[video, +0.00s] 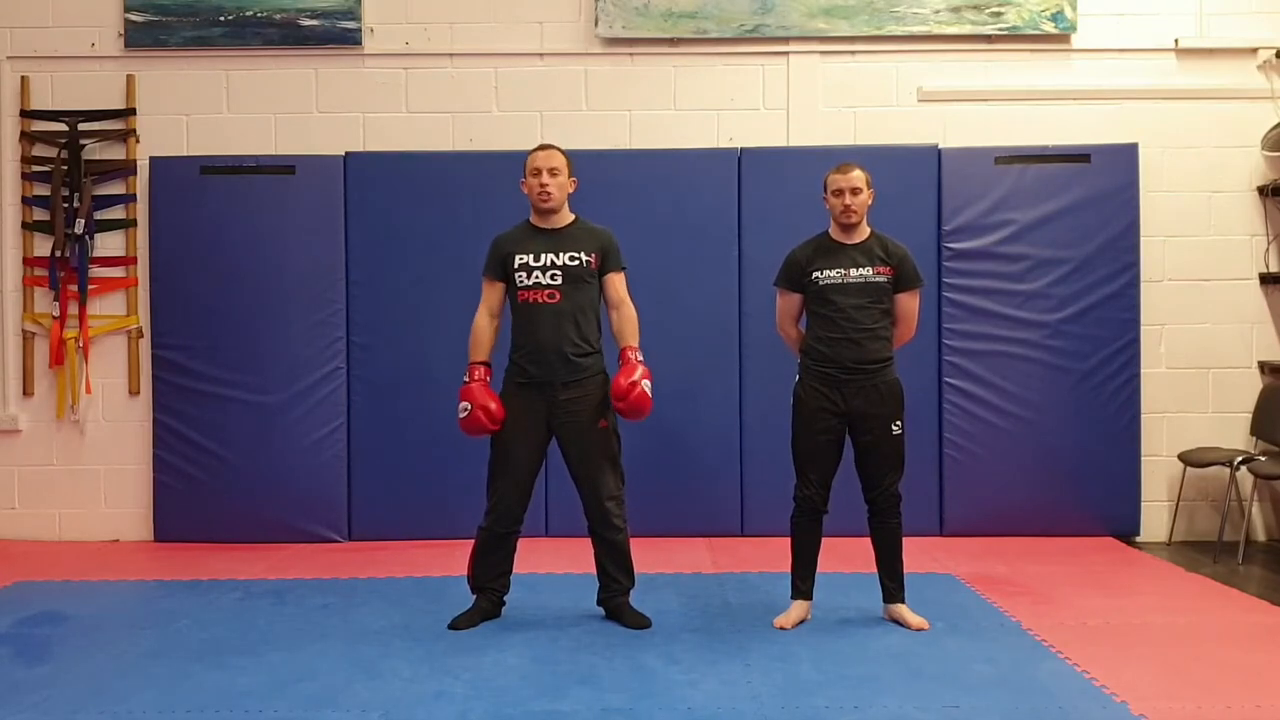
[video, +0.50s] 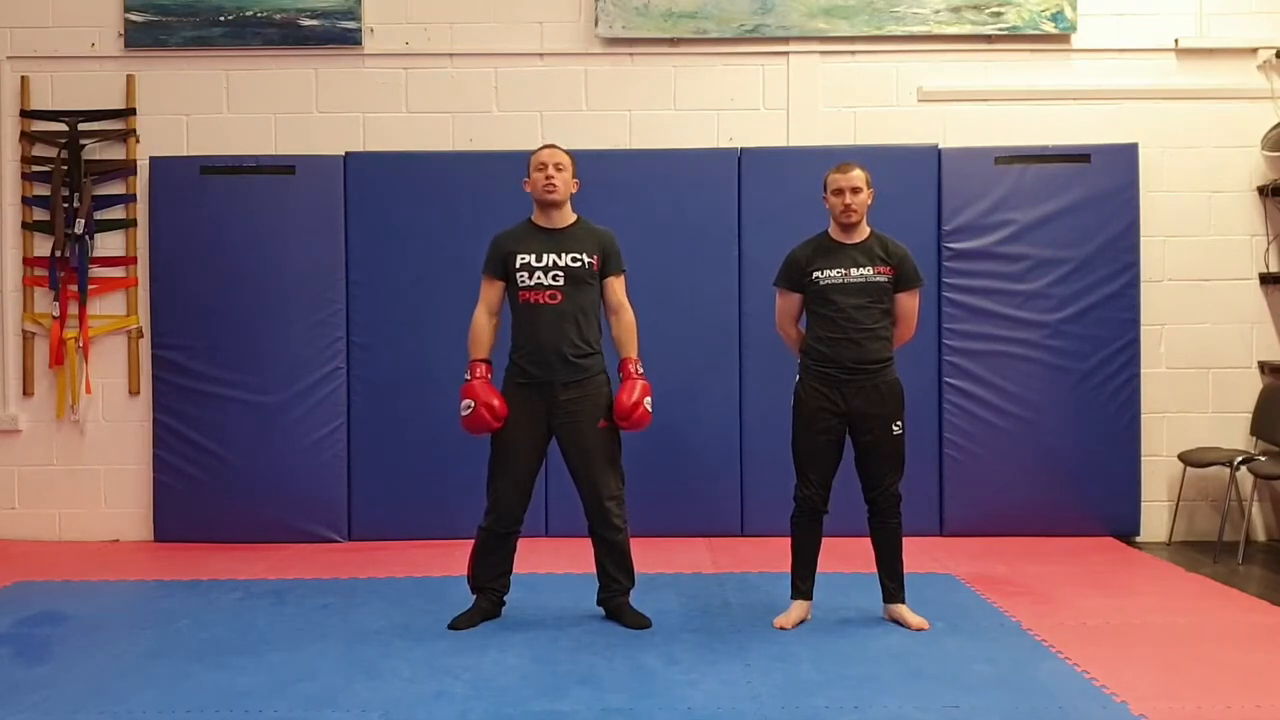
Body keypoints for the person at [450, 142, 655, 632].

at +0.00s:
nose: (543, 181)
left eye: (552, 174)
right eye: (535, 174)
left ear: (571, 183)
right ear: (525, 184)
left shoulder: (598, 240)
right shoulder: (507, 245)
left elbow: (620, 304)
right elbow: (488, 314)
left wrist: (632, 360)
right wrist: (476, 376)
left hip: (586, 389)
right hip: (524, 390)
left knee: (606, 500)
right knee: (504, 501)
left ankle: (616, 597)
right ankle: (488, 597)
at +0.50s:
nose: (549, 175)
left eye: (558, 169)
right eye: (541, 169)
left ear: (574, 183)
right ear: (528, 184)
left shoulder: (600, 241)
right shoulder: (508, 243)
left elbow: (619, 309)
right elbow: (487, 311)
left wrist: (632, 372)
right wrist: (478, 375)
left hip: (586, 389)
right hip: (523, 389)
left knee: (606, 500)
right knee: (504, 500)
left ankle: (616, 597)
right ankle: (488, 597)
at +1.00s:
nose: (557, 171)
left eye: (563, 165)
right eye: (546, 167)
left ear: (576, 182)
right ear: (531, 187)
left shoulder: (602, 240)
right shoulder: (508, 239)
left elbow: (622, 307)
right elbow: (478, 298)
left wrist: (634, 367)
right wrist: (505, 333)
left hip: (587, 387)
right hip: (527, 388)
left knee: (607, 498)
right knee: (505, 497)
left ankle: (617, 597)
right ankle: (488, 597)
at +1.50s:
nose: (548, 184)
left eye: (559, 176)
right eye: (541, 175)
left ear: (576, 185)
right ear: (530, 181)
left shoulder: (599, 241)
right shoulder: (510, 237)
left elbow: (636, 297)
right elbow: (464, 283)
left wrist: (636, 336)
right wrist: (508, 319)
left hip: (587, 387)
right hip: (527, 386)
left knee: (608, 498)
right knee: (505, 496)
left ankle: (616, 597)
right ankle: (488, 597)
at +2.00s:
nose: (554, 184)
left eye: (565, 176)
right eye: (547, 175)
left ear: (580, 185)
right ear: (534, 181)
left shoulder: (603, 241)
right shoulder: (512, 240)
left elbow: (622, 310)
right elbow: (489, 309)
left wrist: (634, 372)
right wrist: (483, 370)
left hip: (586, 388)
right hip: (524, 388)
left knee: (606, 499)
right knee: (505, 500)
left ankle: (616, 598)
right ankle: (488, 597)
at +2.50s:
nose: (559, 183)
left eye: (568, 175)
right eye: (551, 174)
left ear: (582, 184)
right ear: (536, 182)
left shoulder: (604, 243)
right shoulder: (511, 241)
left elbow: (620, 311)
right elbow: (489, 309)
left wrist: (634, 373)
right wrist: (481, 372)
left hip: (587, 389)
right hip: (524, 389)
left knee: (607, 500)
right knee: (504, 501)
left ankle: (616, 597)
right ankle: (488, 597)